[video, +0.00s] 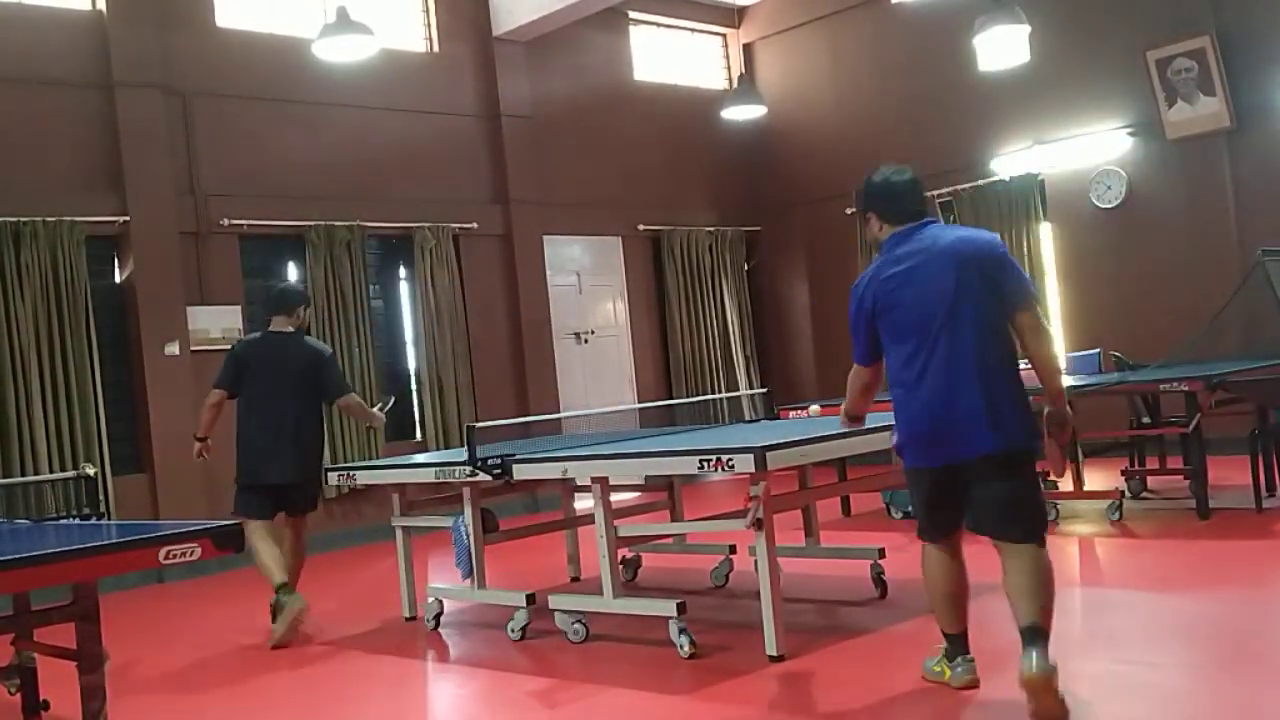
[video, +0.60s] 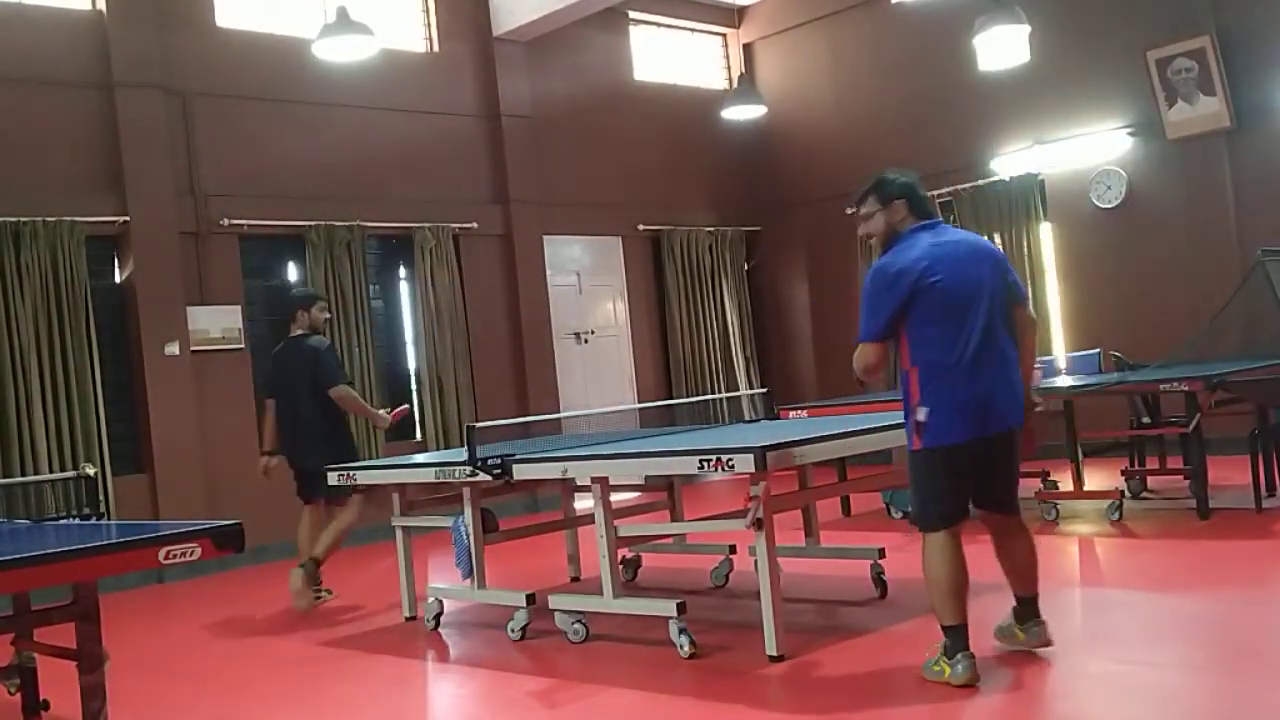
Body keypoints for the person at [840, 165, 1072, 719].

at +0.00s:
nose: (863, 228)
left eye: (863, 220)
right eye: (863, 220)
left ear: (875, 220)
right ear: (926, 206)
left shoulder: (872, 283)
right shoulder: (983, 246)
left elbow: (866, 373)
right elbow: (1030, 328)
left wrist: (852, 410)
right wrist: (1058, 403)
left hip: (927, 439)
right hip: (999, 429)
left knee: (939, 540)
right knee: (1020, 540)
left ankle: (956, 656)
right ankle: (1035, 649)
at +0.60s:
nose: (863, 231)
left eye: (867, 218)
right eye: (860, 221)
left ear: (901, 209)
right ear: (917, 210)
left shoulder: (891, 268)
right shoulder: (983, 248)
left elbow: (868, 364)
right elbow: (1026, 320)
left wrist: (872, 352)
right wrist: (1022, 387)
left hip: (940, 421)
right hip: (1002, 410)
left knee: (939, 530)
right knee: (1004, 515)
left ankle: (957, 654)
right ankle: (1029, 618)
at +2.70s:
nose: (1153, 195)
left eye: (1159, 184)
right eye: (1152, 186)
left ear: (1188, 181)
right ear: (1188, 185)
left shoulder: (1215, 228)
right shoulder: (1200, 231)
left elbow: (1218, 304)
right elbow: (1211, 310)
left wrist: (1135, 309)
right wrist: (1158, 335)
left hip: (1221, 387)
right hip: (1228, 386)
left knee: (1214, 484)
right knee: (1246, 483)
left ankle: (1240, 600)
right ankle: (1259, 589)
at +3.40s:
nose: (1140, 186)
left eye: (1150, 176)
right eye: (1137, 178)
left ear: (1184, 178)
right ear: (1138, 182)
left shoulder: (1197, 233)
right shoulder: (1157, 234)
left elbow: (1194, 314)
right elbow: (1157, 305)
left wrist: (1117, 301)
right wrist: (1124, 348)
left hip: (1203, 392)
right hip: (1183, 390)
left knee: (1200, 490)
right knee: (1225, 487)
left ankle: (1212, 606)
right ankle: (1256, 591)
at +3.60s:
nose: (1130, 185)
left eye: (1140, 175)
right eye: (1127, 177)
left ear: (1175, 177)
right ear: (1130, 180)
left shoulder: (1183, 233)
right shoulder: (1158, 231)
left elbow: (1182, 316)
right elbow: (1158, 305)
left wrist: (1107, 306)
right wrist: (1115, 342)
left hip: (1193, 391)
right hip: (1174, 389)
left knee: (1197, 492)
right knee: (1202, 489)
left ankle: (1213, 608)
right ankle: (1248, 582)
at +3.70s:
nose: (1125, 188)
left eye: (1135, 177)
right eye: (1123, 178)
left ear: (1170, 178)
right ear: (1150, 182)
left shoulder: (1179, 235)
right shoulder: (1154, 232)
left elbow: (1177, 319)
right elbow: (1156, 307)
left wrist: (1097, 307)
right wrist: (1117, 343)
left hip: (1190, 394)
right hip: (1162, 393)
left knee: (1199, 492)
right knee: (1175, 484)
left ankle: (1213, 607)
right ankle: (1234, 572)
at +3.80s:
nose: (1118, 187)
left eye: (1129, 178)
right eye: (1116, 179)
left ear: (1165, 180)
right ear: (1123, 182)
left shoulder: (1174, 237)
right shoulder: (1147, 233)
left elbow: (1167, 321)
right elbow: (1152, 307)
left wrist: (1085, 310)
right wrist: (1117, 341)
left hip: (1187, 393)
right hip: (1149, 392)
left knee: (1198, 490)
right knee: (1144, 478)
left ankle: (1212, 604)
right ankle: (1219, 567)